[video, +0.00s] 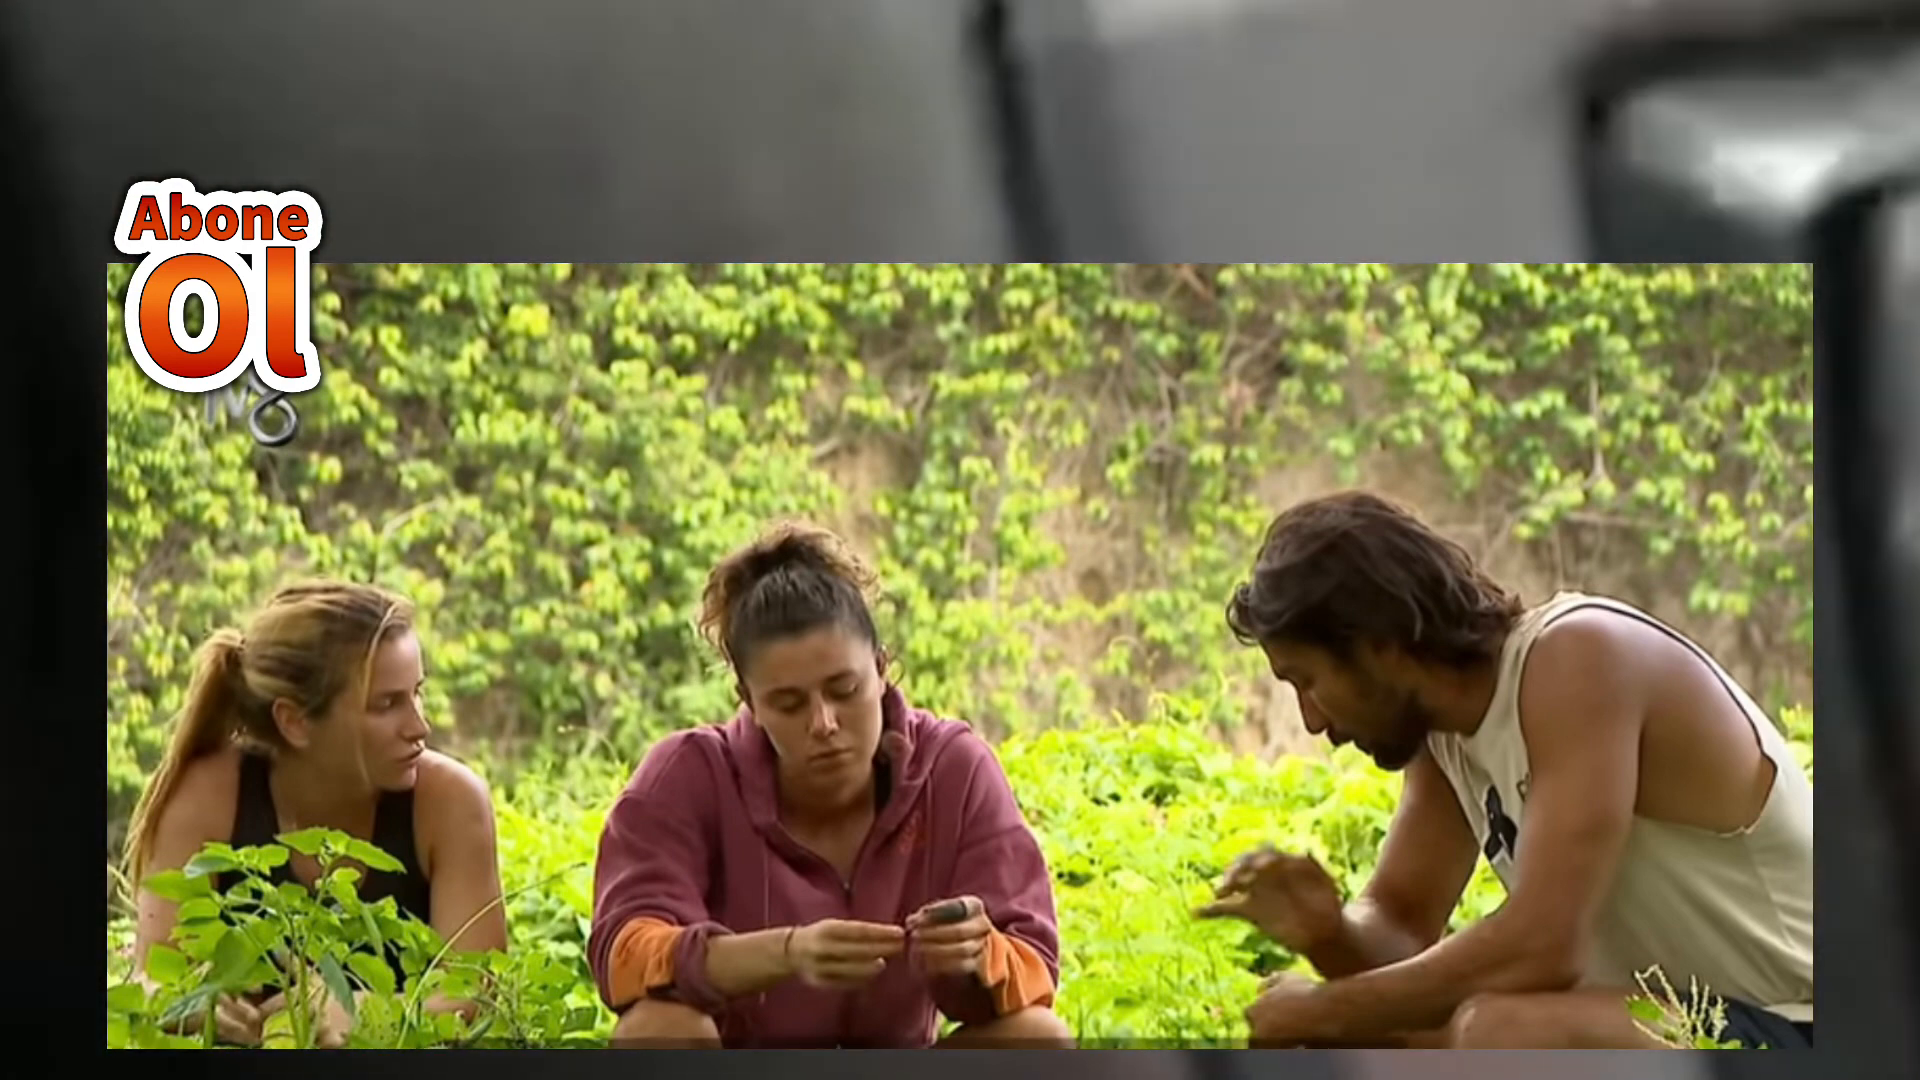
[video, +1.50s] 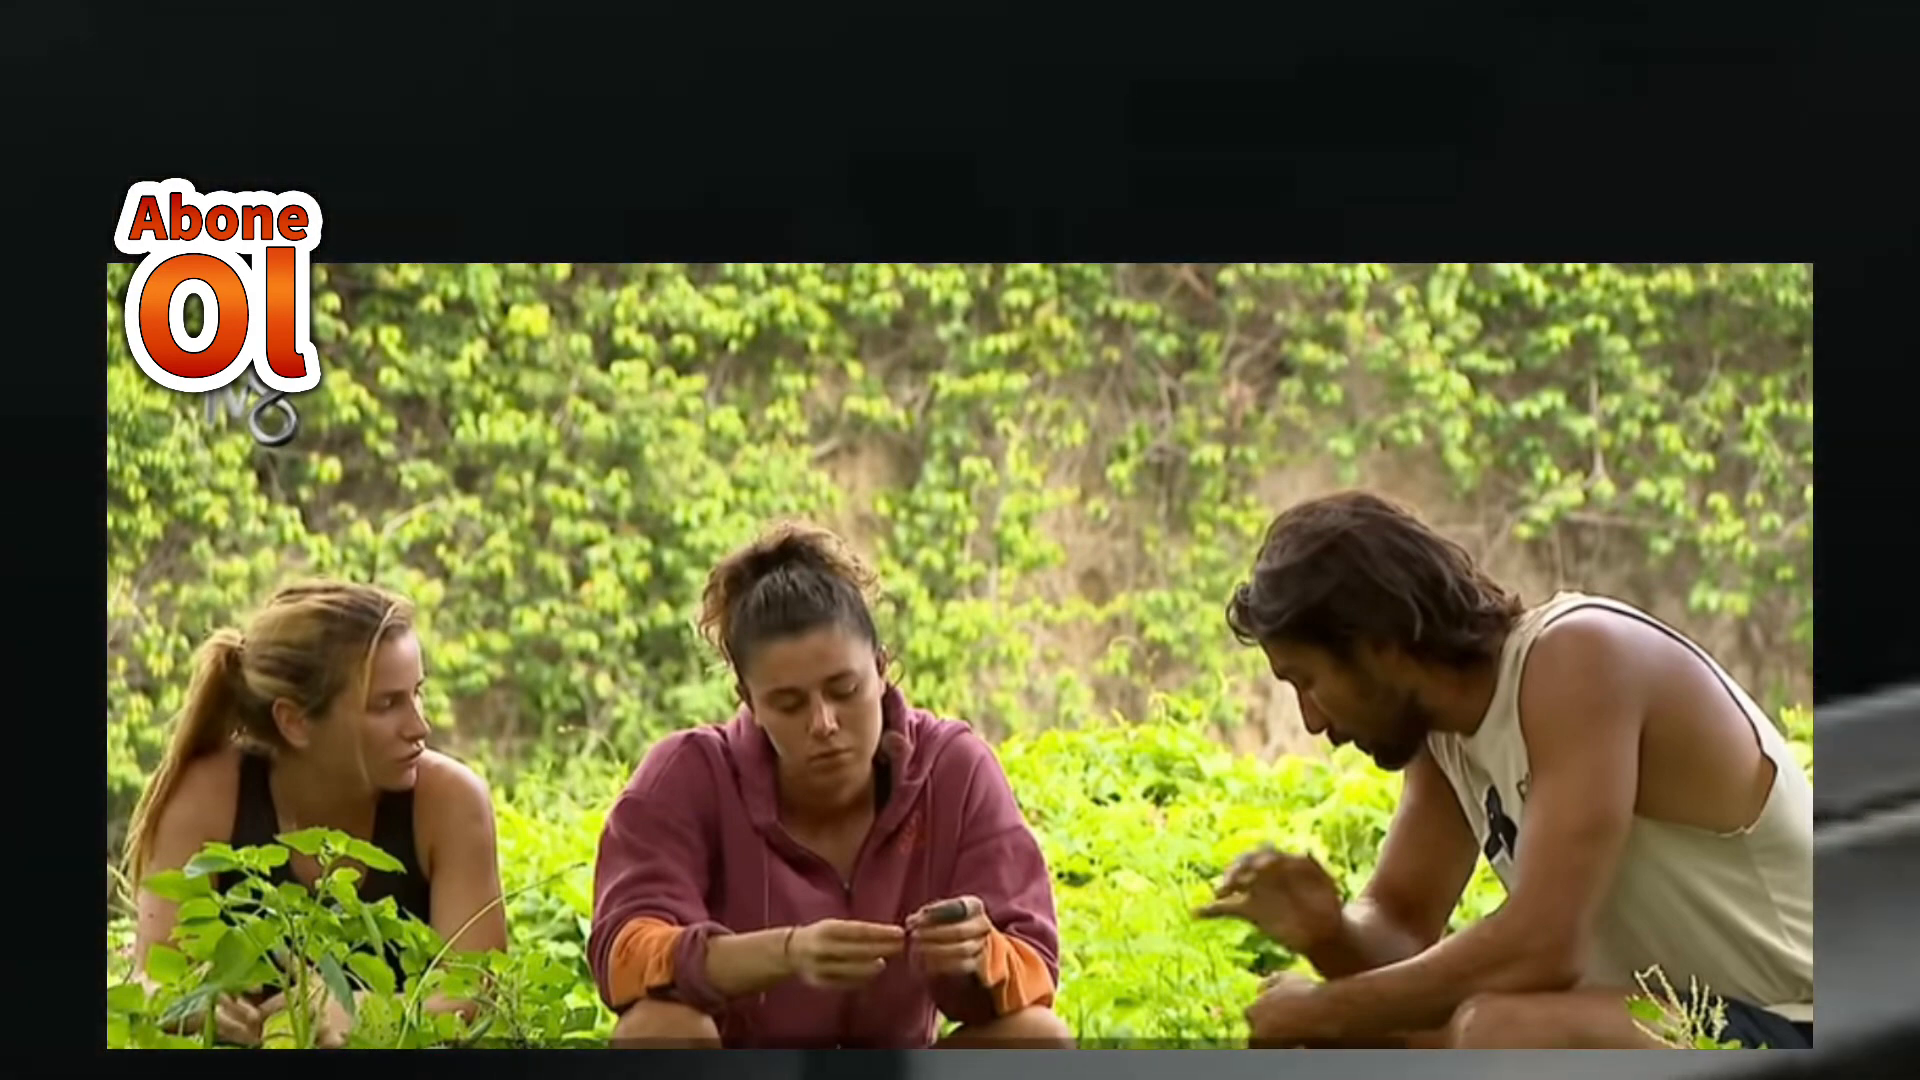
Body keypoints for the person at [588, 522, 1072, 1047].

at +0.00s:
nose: (824, 725)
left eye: (844, 690)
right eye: (789, 703)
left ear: (880, 670)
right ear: (747, 698)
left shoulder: (955, 766)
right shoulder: (687, 774)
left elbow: (1030, 969)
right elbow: (629, 957)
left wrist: (977, 954)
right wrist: (786, 952)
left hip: (898, 1059)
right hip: (739, 1060)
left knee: (1037, 1036)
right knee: (658, 1026)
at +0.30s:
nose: (824, 725)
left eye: (844, 690)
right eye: (789, 703)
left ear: (881, 670)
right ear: (747, 699)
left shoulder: (955, 766)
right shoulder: (687, 773)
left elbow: (1031, 969)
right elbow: (629, 957)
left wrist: (978, 953)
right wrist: (786, 951)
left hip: (897, 1060)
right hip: (738, 1060)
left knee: (1037, 1037)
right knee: (658, 1027)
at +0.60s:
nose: (824, 725)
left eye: (844, 690)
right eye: (789, 703)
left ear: (881, 670)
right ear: (747, 699)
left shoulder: (955, 766)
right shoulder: (687, 773)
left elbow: (1030, 969)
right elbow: (629, 957)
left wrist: (977, 953)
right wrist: (786, 951)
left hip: (898, 1059)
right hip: (739, 1059)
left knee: (1037, 1038)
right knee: (658, 1027)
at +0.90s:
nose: (824, 725)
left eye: (844, 690)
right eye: (789, 703)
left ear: (881, 670)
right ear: (747, 698)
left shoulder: (955, 765)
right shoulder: (687, 773)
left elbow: (1031, 969)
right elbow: (629, 958)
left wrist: (978, 953)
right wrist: (787, 952)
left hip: (899, 1064)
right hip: (738, 1065)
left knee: (1037, 1037)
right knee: (658, 1027)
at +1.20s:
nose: (824, 725)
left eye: (844, 690)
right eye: (789, 703)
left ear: (881, 670)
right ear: (747, 698)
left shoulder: (955, 766)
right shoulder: (687, 773)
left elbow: (1031, 970)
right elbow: (629, 958)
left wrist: (977, 953)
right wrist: (787, 952)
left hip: (897, 1062)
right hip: (737, 1065)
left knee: (1037, 1037)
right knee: (658, 1027)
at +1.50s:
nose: (824, 725)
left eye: (844, 690)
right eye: (789, 703)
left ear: (881, 670)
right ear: (747, 699)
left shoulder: (955, 766)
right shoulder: (687, 773)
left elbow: (1031, 968)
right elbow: (629, 957)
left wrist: (978, 953)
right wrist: (787, 951)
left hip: (897, 1058)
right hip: (740, 1059)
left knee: (1038, 1037)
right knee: (658, 1026)